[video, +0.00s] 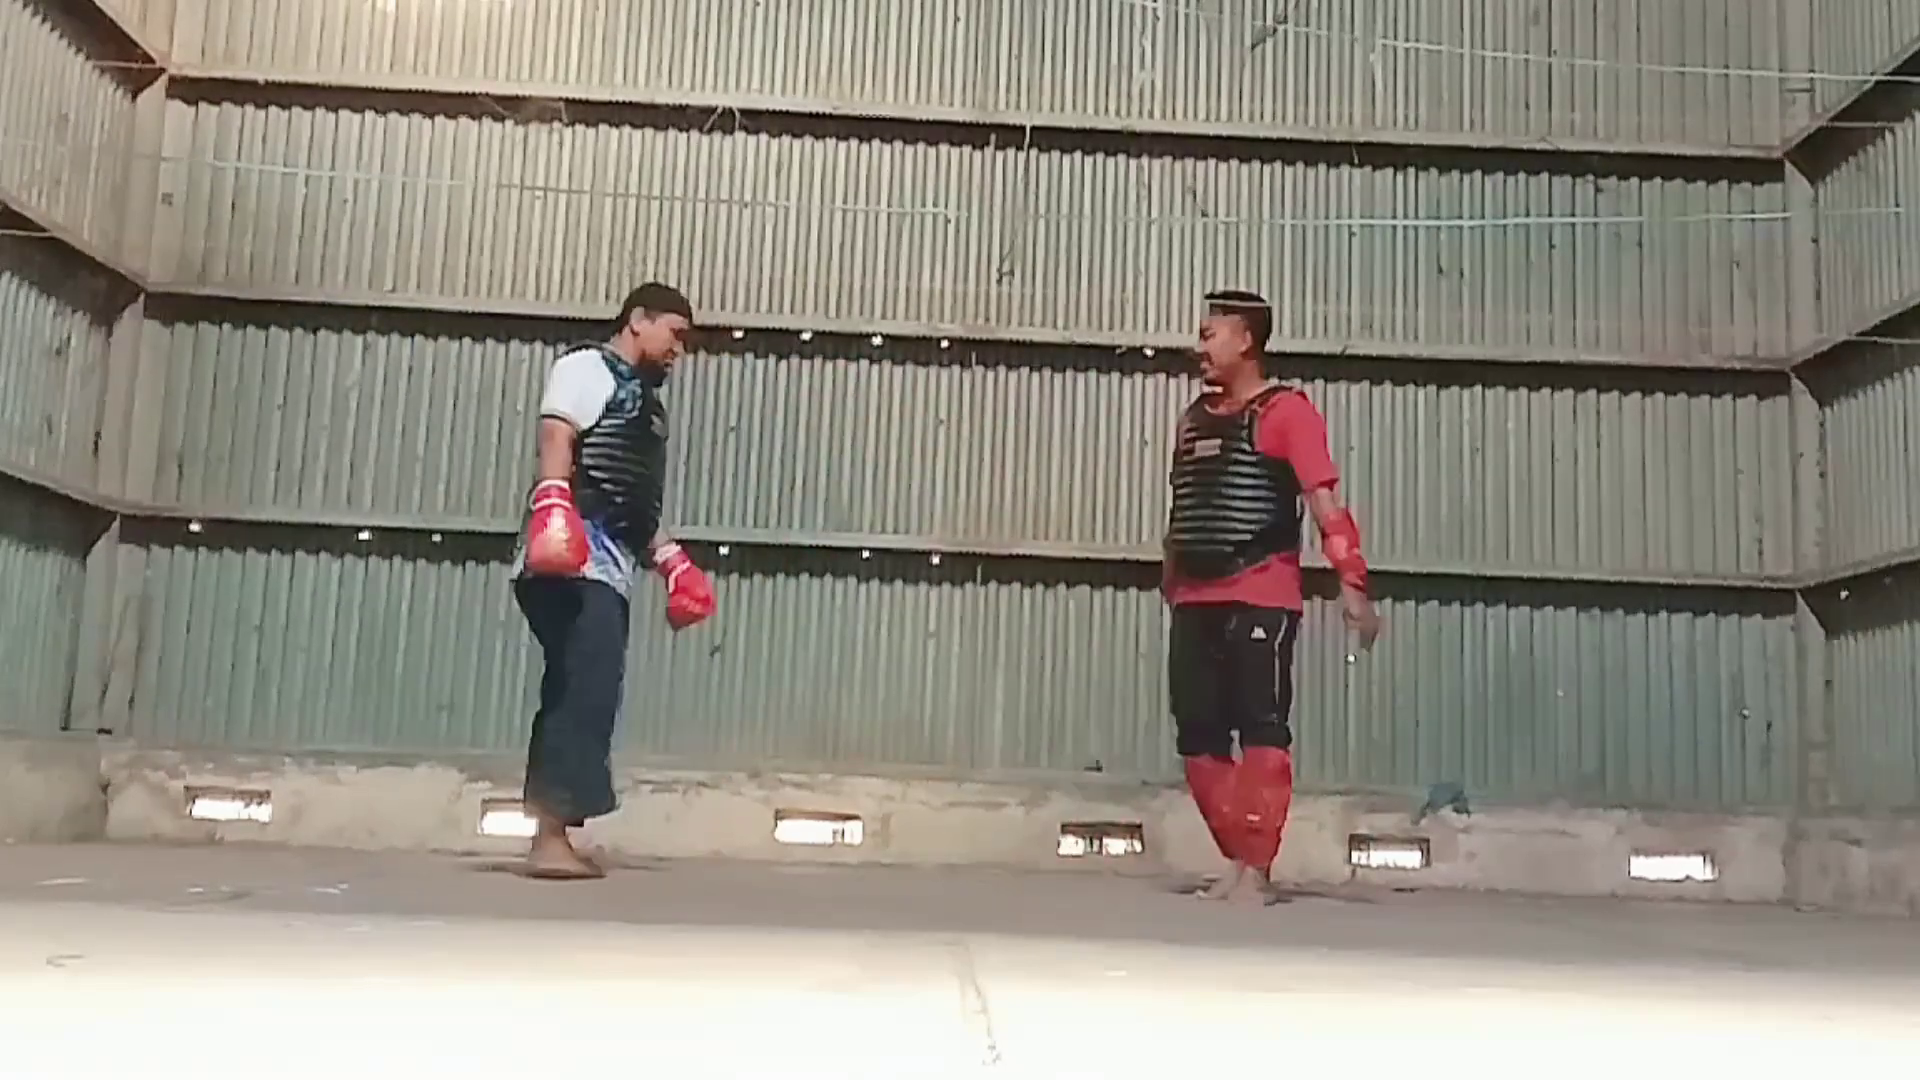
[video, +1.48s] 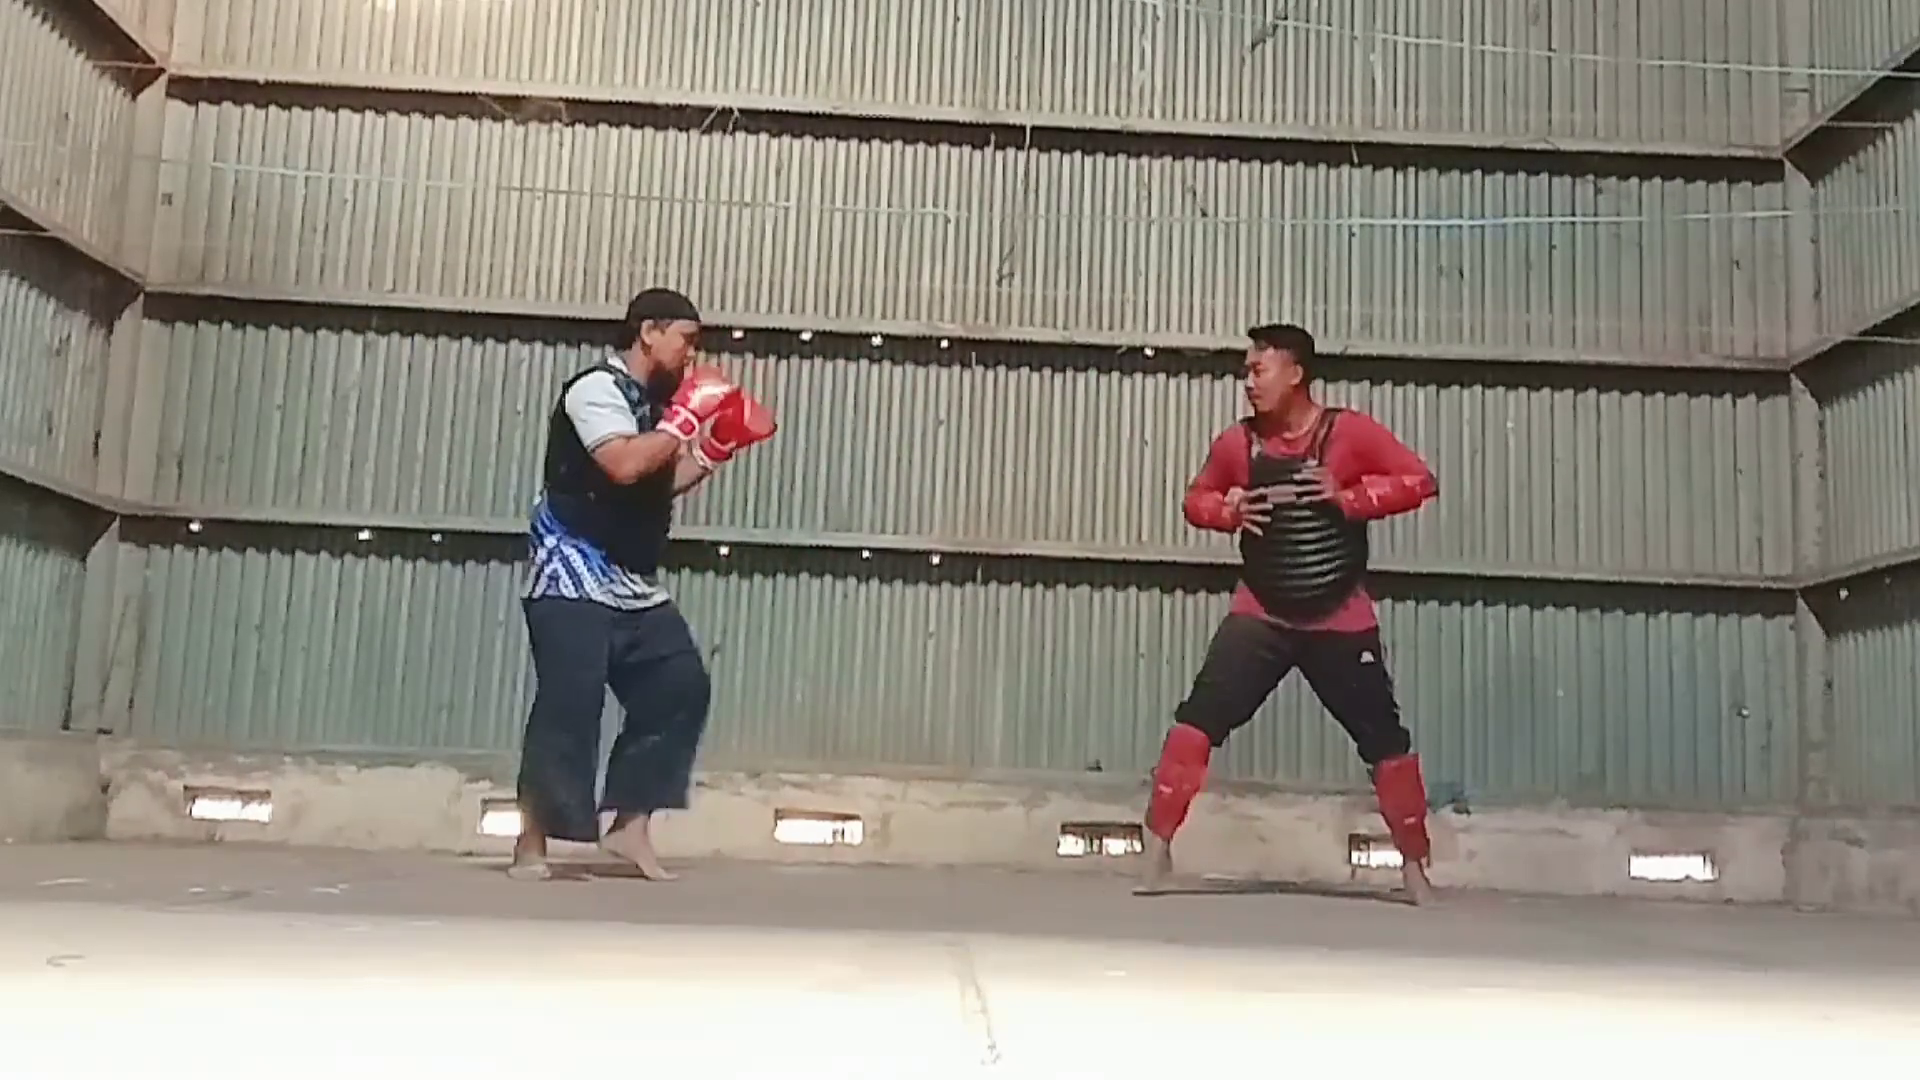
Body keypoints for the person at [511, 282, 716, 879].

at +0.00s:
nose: (680, 348)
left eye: (684, 338)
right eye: (675, 334)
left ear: (650, 329)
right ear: (638, 322)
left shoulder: (646, 401)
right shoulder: (585, 367)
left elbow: (634, 501)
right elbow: (555, 439)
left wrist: (672, 562)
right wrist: (554, 507)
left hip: (609, 567)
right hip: (572, 554)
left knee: (581, 687)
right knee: (585, 682)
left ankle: (557, 829)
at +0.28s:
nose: (621, 335)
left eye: (624, 325)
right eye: (614, 321)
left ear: (587, 320)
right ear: (574, 314)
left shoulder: (592, 392)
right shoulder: (530, 367)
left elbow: (586, 496)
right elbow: (506, 444)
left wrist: (648, 512)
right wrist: (569, 498)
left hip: (570, 582)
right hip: (510, 574)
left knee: (567, 709)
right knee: (464, 700)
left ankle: (552, 842)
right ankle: (395, 835)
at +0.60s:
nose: (579, 324)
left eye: (581, 313)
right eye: (570, 310)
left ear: (543, 313)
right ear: (530, 308)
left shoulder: (555, 383)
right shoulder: (475, 369)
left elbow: (540, 476)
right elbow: (442, 448)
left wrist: (561, 535)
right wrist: (513, 499)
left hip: (534, 579)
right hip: (462, 576)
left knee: (558, 693)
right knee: (424, 700)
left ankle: (564, 833)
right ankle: (387, 840)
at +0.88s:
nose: (610, 333)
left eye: (611, 323)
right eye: (601, 321)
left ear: (575, 323)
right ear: (561, 319)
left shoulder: (583, 396)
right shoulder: (507, 376)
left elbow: (575, 489)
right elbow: (484, 455)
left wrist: (636, 507)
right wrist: (566, 480)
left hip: (558, 582)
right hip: (487, 578)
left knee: (581, 710)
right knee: (439, 704)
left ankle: (604, 846)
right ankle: (391, 842)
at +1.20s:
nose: (685, 345)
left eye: (688, 334)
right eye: (678, 331)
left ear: (655, 332)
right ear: (641, 325)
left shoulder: (651, 398)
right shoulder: (585, 372)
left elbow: (696, 469)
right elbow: (642, 424)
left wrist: (731, 408)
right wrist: (692, 367)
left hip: (611, 574)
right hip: (547, 563)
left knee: (628, 705)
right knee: (531, 693)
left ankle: (611, 848)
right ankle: (469, 808)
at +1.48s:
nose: (692, 353)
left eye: (696, 343)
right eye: (687, 340)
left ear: (662, 338)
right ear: (647, 332)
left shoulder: (657, 403)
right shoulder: (594, 388)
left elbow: (659, 485)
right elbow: (623, 462)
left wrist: (714, 448)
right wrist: (684, 415)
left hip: (635, 583)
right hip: (572, 574)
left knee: (679, 686)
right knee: (572, 696)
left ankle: (630, 830)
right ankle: (534, 841)